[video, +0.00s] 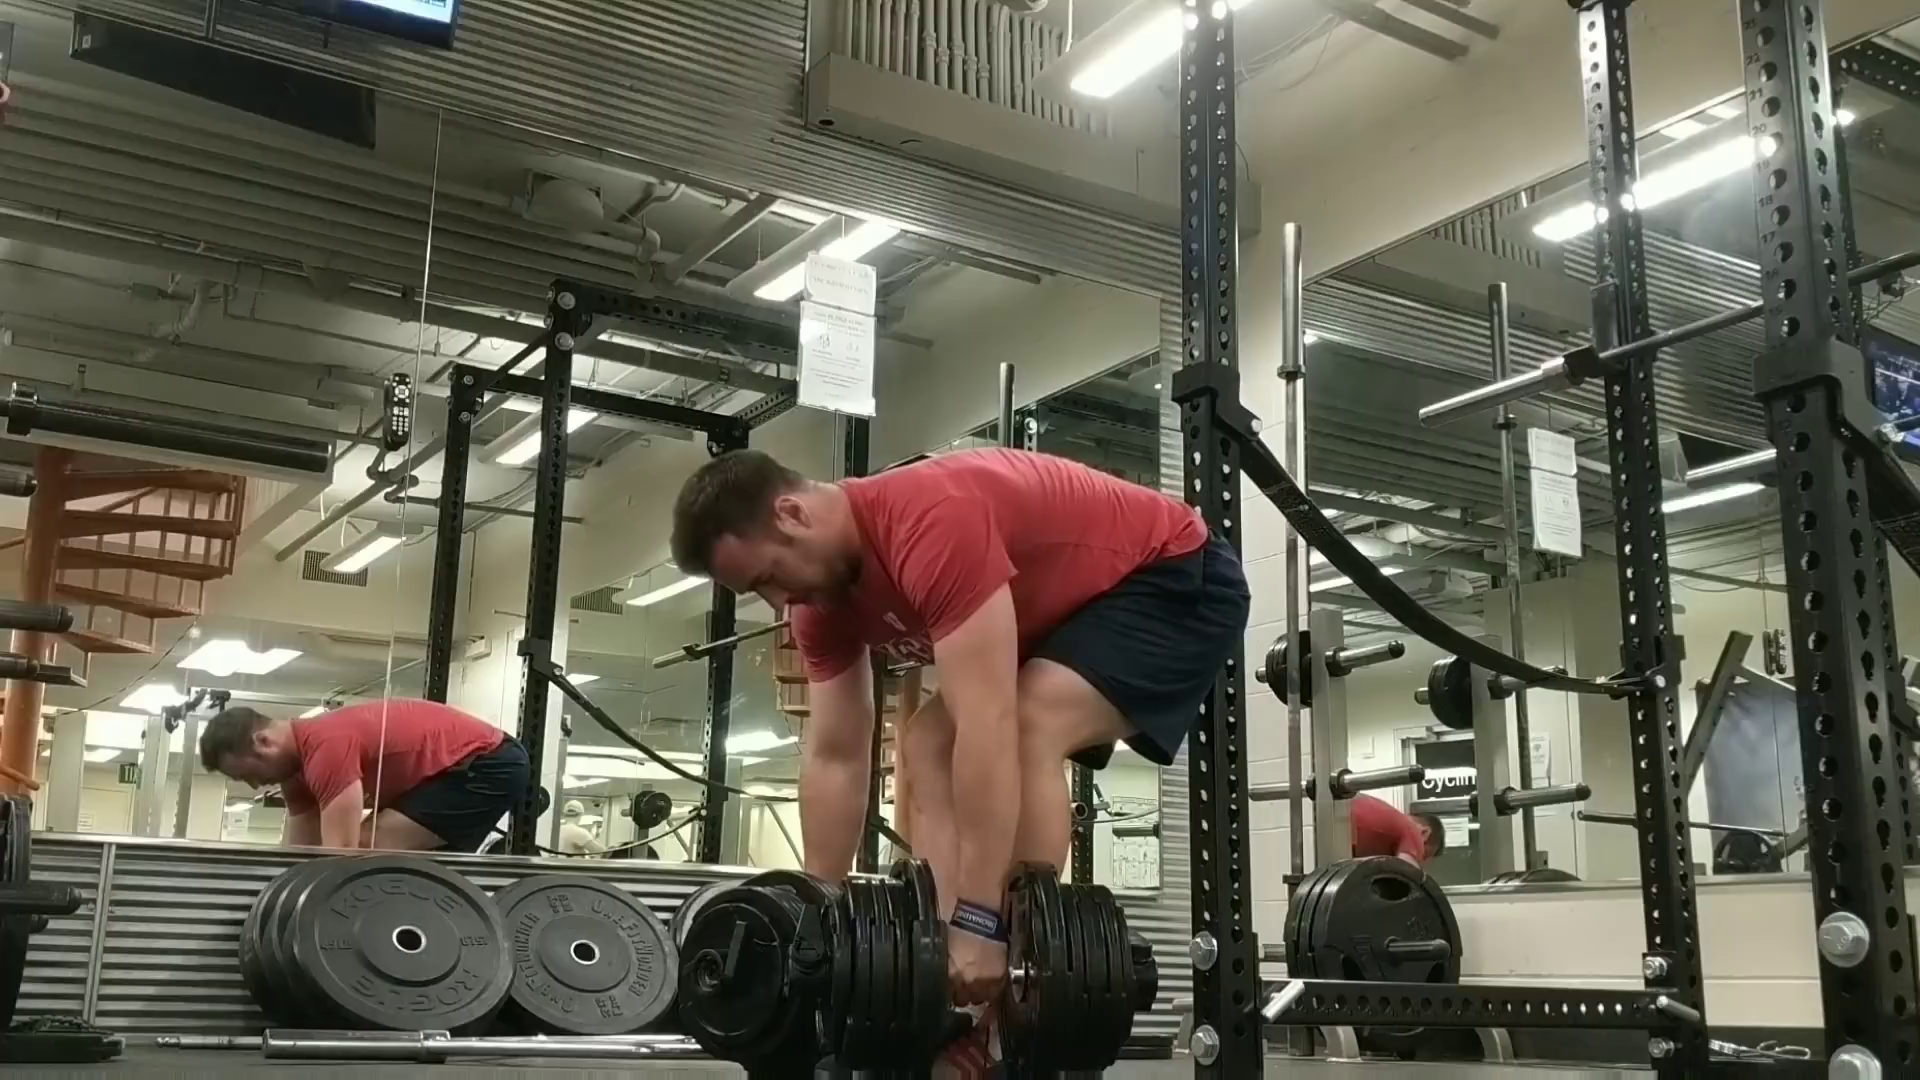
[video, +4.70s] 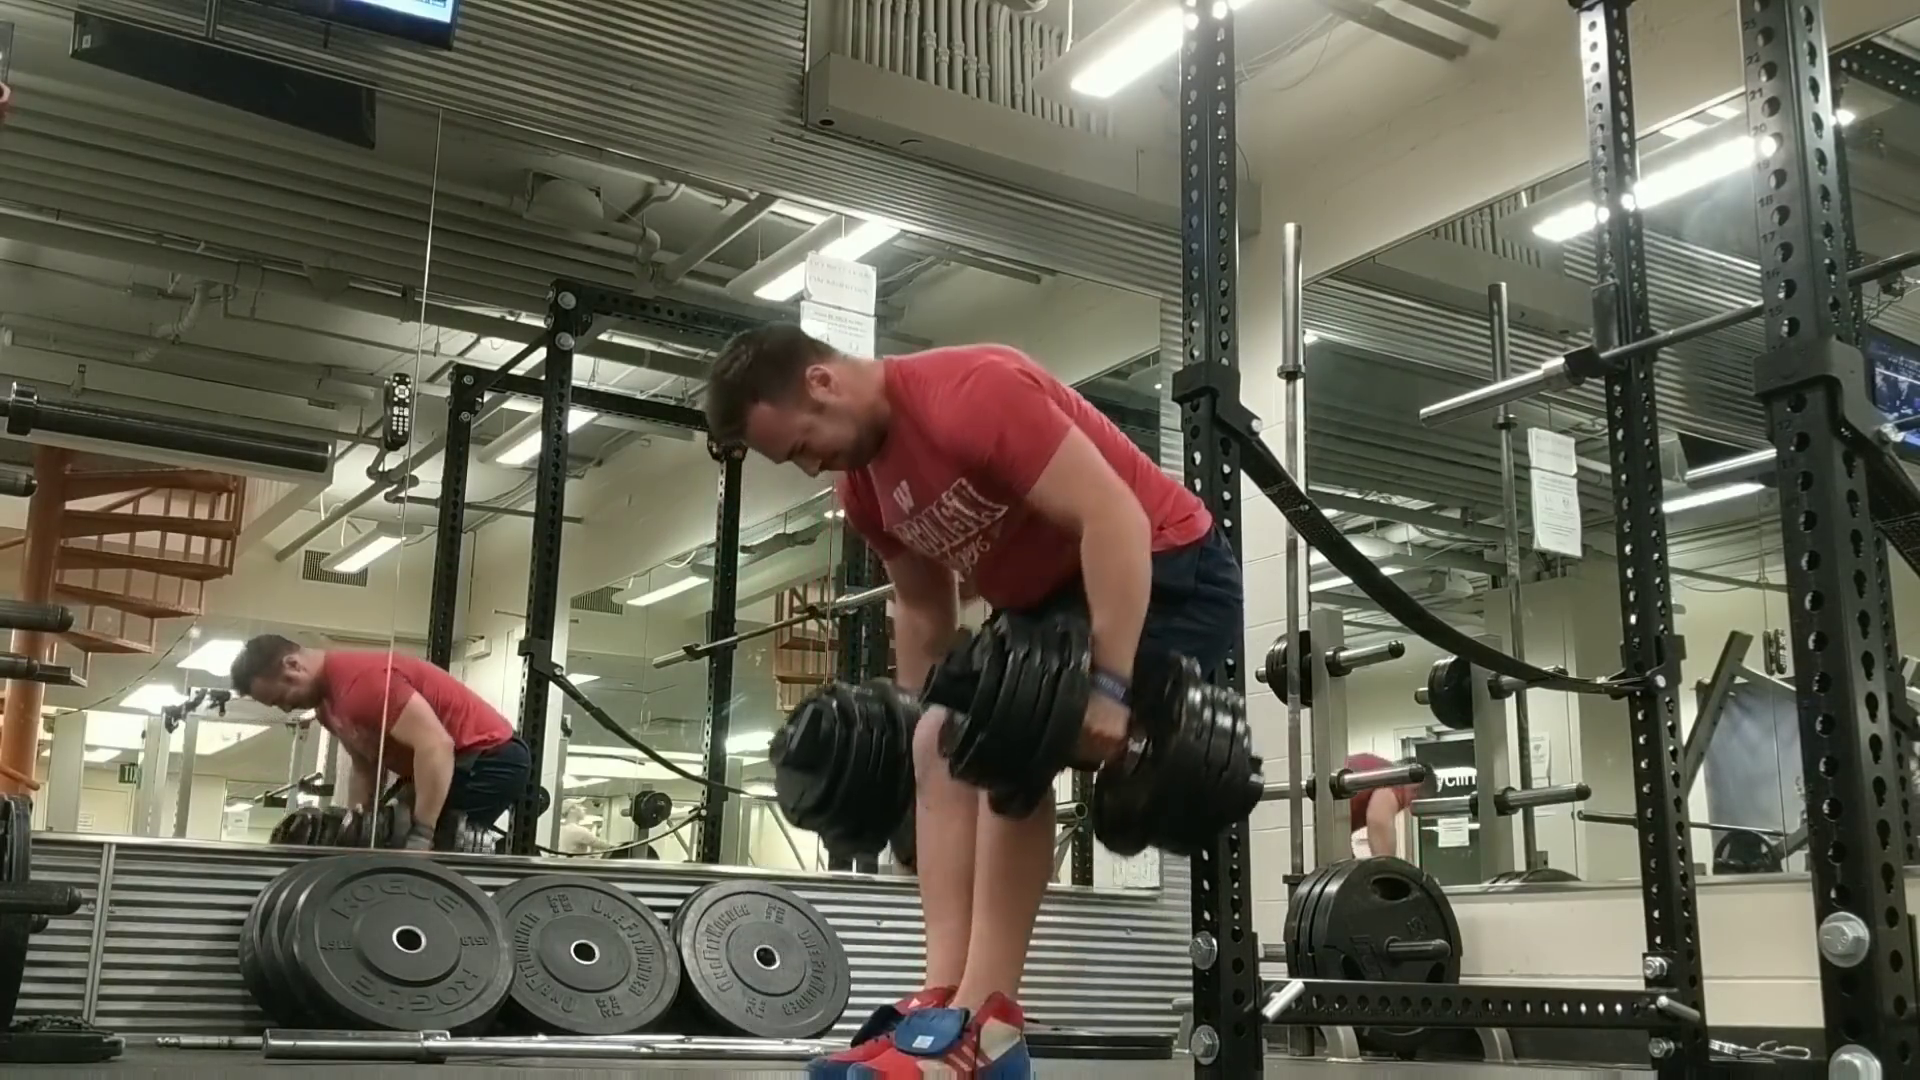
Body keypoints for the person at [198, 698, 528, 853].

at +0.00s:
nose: (255, 787)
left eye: (246, 776)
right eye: (244, 781)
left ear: (260, 743)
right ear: (261, 739)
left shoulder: (327, 748)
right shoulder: (299, 769)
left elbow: (339, 859)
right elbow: (298, 856)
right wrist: (282, 924)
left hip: (488, 766)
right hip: (459, 770)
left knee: (364, 852)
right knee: (357, 848)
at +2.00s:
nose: (259, 788)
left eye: (255, 775)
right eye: (250, 781)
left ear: (279, 747)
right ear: (277, 746)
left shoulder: (336, 748)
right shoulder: (302, 772)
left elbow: (370, 843)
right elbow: (314, 849)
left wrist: (327, 904)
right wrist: (300, 904)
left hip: (487, 765)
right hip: (457, 769)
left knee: (388, 854)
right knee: (384, 855)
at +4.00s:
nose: (250, 762)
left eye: (248, 749)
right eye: (242, 755)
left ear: (270, 719)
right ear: (270, 722)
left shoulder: (333, 739)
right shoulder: (301, 762)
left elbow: (358, 850)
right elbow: (309, 851)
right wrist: (286, 920)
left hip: (491, 763)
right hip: (461, 768)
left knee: (383, 847)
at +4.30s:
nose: (253, 741)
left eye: (252, 729)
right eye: (245, 735)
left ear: (277, 700)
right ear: (275, 703)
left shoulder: (338, 724)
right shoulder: (306, 748)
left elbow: (381, 824)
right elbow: (320, 831)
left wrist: (367, 915)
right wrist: (294, 901)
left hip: (488, 762)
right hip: (453, 771)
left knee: (369, 848)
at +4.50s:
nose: (271, 723)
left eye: (269, 711)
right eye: (262, 719)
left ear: (285, 679)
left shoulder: (348, 702)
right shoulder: (314, 727)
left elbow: (406, 789)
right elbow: (340, 796)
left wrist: (381, 885)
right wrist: (313, 871)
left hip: (487, 759)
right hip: (450, 767)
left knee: (401, 863)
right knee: (363, 854)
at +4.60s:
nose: (276, 716)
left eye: (272, 705)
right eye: (267, 711)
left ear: (288, 672)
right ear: (290, 674)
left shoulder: (353, 692)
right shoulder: (319, 712)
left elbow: (422, 764)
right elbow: (354, 781)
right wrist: (338, 847)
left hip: (489, 759)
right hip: (454, 763)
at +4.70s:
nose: (287, 710)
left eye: (281, 700)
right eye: (278, 705)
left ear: (293, 666)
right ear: (294, 668)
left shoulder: (362, 682)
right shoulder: (327, 703)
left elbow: (435, 747)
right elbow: (364, 763)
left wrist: (421, 835)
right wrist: (359, 825)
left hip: (491, 759)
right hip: (454, 762)